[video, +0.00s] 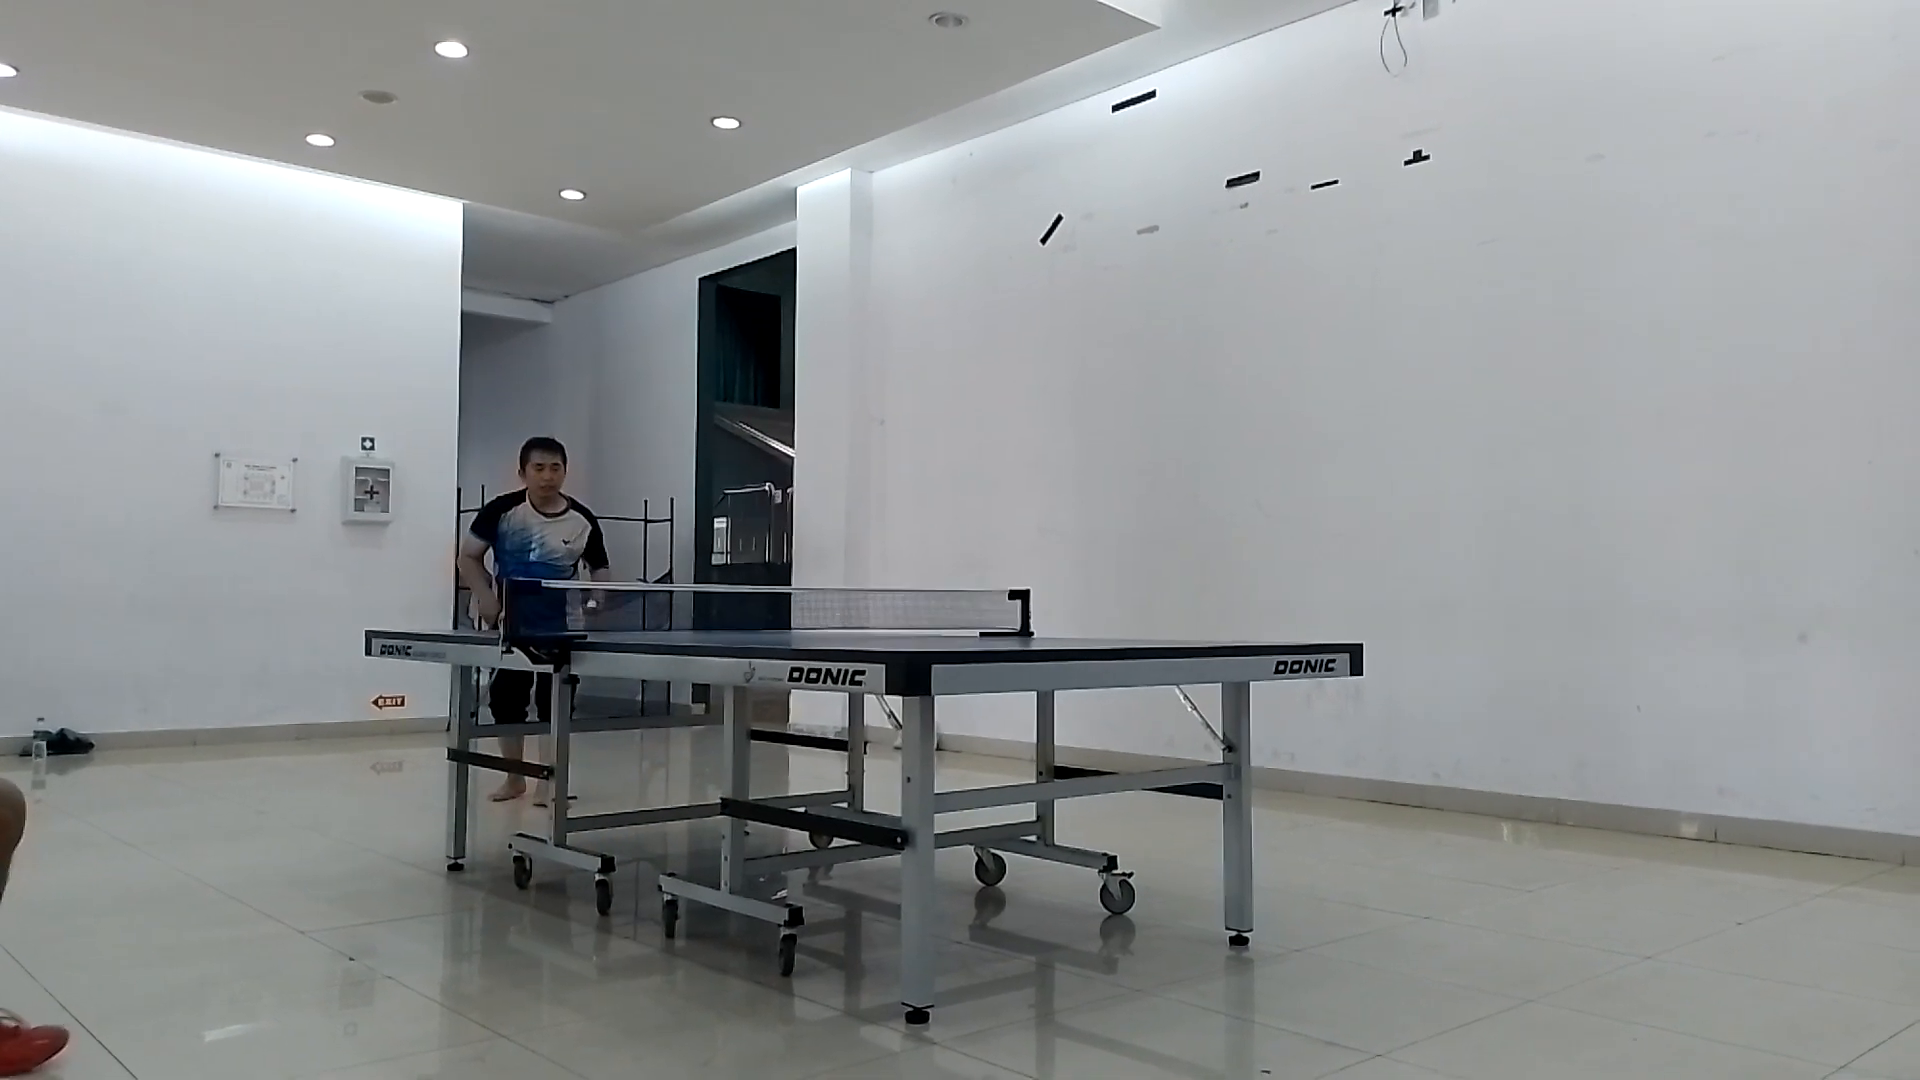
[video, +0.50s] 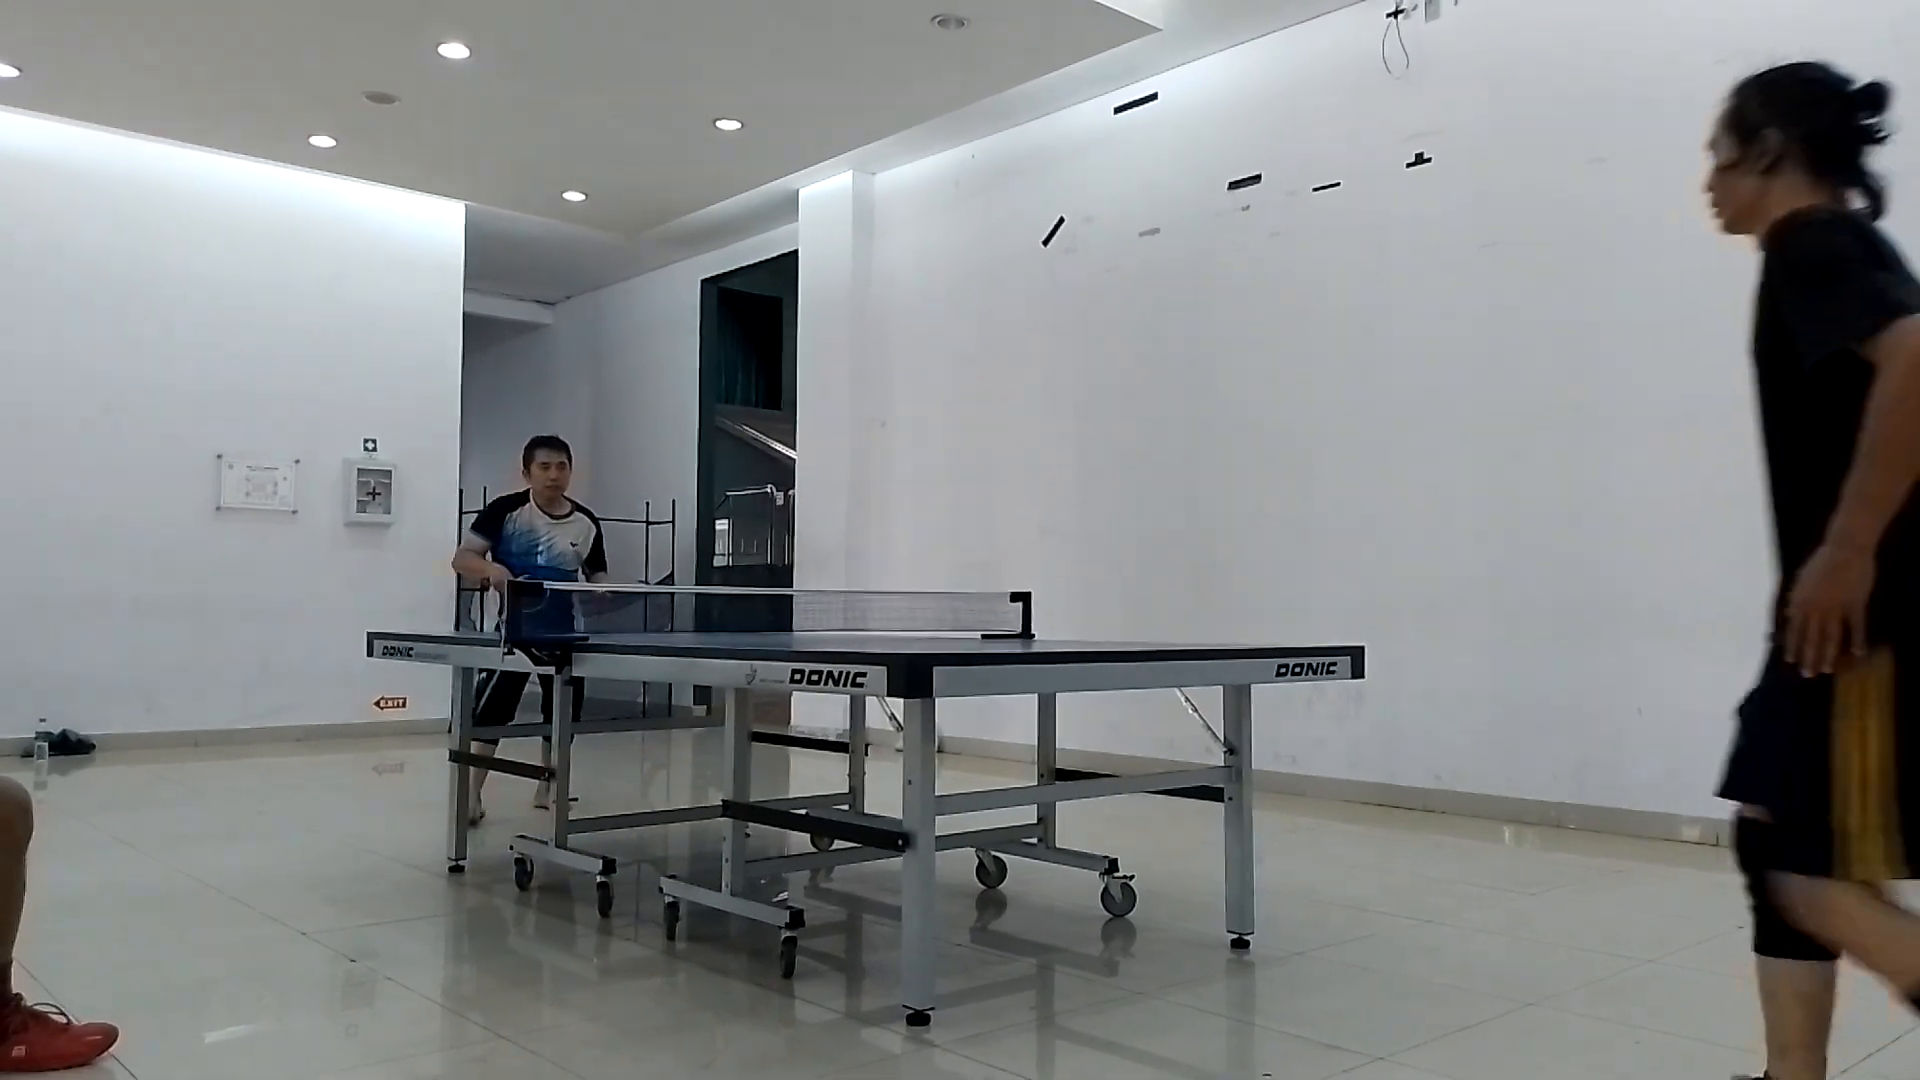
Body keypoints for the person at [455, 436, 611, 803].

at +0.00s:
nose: (548, 476)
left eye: (555, 468)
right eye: (539, 468)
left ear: (565, 471)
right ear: (523, 472)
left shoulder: (582, 519)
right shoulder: (500, 510)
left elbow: (602, 575)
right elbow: (468, 558)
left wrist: (599, 605)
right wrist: (485, 597)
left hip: (561, 626)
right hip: (513, 624)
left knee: (554, 705)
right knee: (504, 698)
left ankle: (551, 783)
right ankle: (515, 777)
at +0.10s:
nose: (555, 476)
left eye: (563, 468)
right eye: (546, 468)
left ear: (573, 472)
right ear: (531, 472)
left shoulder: (588, 519)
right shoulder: (508, 509)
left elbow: (603, 576)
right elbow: (473, 558)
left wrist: (602, 591)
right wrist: (494, 591)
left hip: (568, 629)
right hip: (520, 627)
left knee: (561, 712)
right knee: (497, 709)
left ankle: (551, 785)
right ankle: (510, 765)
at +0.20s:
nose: (557, 477)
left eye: (564, 469)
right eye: (548, 469)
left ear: (575, 472)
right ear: (532, 472)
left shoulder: (591, 522)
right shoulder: (509, 508)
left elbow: (602, 583)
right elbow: (473, 557)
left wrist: (601, 594)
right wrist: (499, 589)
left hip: (567, 628)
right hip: (517, 624)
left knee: (563, 709)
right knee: (492, 702)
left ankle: (549, 784)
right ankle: (494, 764)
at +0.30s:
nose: (560, 477)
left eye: (568, 468)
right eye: (551, 468)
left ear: (578, 472)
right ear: (535, 472)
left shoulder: (594, 522)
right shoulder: (511, 509)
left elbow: (605, 580)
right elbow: (474, 558)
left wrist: (603, 592)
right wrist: (500, 581)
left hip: (568, 631)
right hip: (518, 627)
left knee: (565, 709)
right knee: (493, 704)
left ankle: (551, 787)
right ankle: (482, 782)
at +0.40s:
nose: (557, 472)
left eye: (565, 464)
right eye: (548, 464)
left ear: (574, 469)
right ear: (531, 468)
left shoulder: (589, 520)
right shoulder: (507, 507)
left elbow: (602, 582)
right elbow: (467, 556)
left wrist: (610, 592)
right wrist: (493, 570)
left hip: (565, 631)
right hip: (515, 628)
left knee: (562, 715)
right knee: (488, 712)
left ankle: (547, 787)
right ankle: (469, 793)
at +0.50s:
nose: (554, 474)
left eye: (561, 466)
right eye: (544, 466)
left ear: (571, 471)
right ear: (527, 471)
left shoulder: (586, 523)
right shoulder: (504, 510)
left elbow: (598, 584)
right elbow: (462, 559)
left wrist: (611, 593)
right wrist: (491, 568)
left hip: (564, 633)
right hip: (515, 630)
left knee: (561, 717)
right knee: (491, 713)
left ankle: (548, 791)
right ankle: (471, 796)